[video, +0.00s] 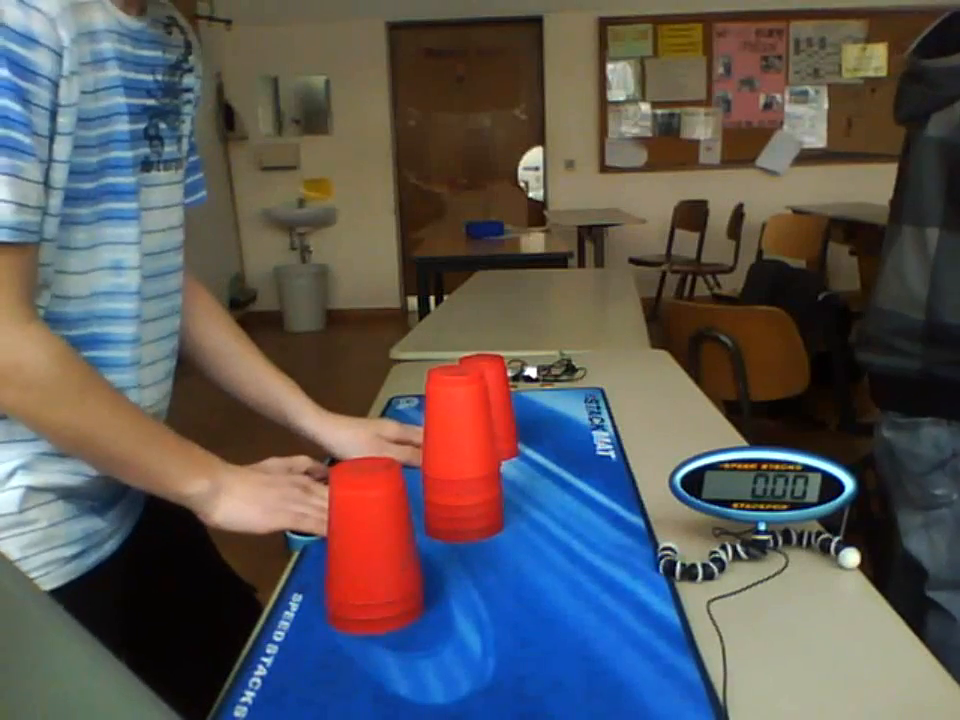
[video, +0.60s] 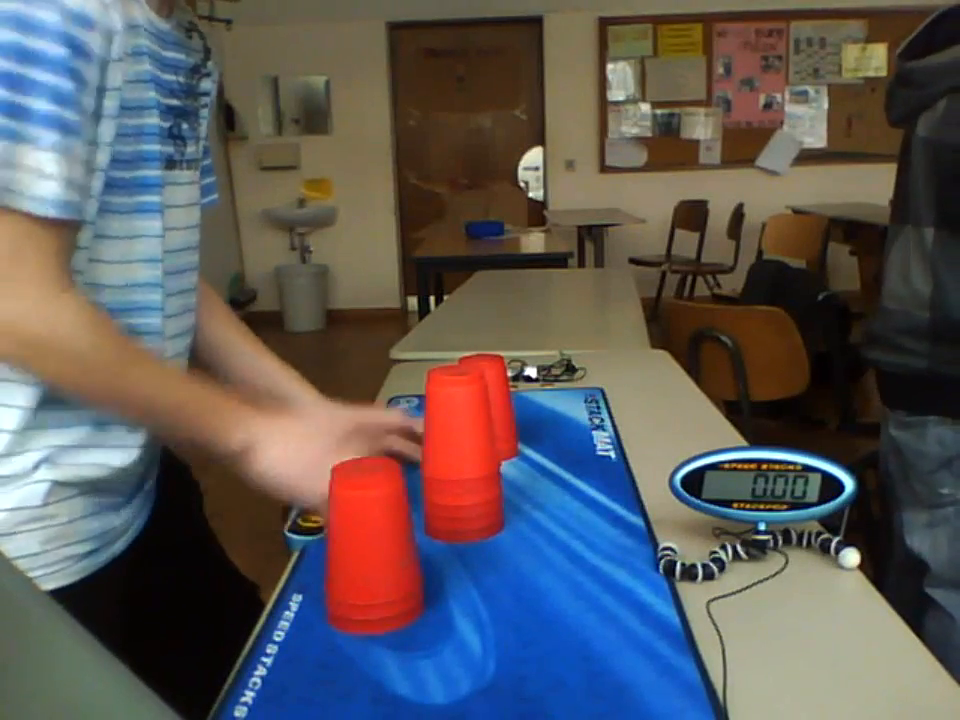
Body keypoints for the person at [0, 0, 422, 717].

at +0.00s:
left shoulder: (172, 45)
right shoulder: (29, 25)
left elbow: (164, 279)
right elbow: (4, 332)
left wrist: (318, 421)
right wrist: (210, 482)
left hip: (139, 511)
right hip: (37, 553)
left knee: (275, 686)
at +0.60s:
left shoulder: (183, 42)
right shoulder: (54, 18)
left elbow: (165, 271)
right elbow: (19, 296)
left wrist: (310, 411)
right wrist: (251, 435)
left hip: (145, 499)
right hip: (43, 550)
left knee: (262, 680)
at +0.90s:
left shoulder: (161, 29)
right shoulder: (108, 24)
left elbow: (196, 286)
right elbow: (195, 307)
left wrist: (374, 339)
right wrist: (413, 313)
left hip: (138, 482)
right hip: (55, 536)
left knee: (282, 679)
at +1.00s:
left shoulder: (160, 22)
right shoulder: (119, 24)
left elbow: (198, 238)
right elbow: (195, 312)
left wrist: (375, 284)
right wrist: (412, 384)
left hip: (143, 480)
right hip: (63, 537)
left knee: (278, 679)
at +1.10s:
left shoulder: (198, 26)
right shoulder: (113, 25)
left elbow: (196, 235)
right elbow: (98, 310)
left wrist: (367, 306)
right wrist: (312, 411)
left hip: (159, 487)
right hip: (62, 536)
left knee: (273, 679)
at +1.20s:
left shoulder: (216, 27)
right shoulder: (98, 14)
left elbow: (186, 248)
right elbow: (10, 272)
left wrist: (349, 332)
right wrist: (231, 435)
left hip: (175, 498)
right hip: (58, 550)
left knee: (281, 688)